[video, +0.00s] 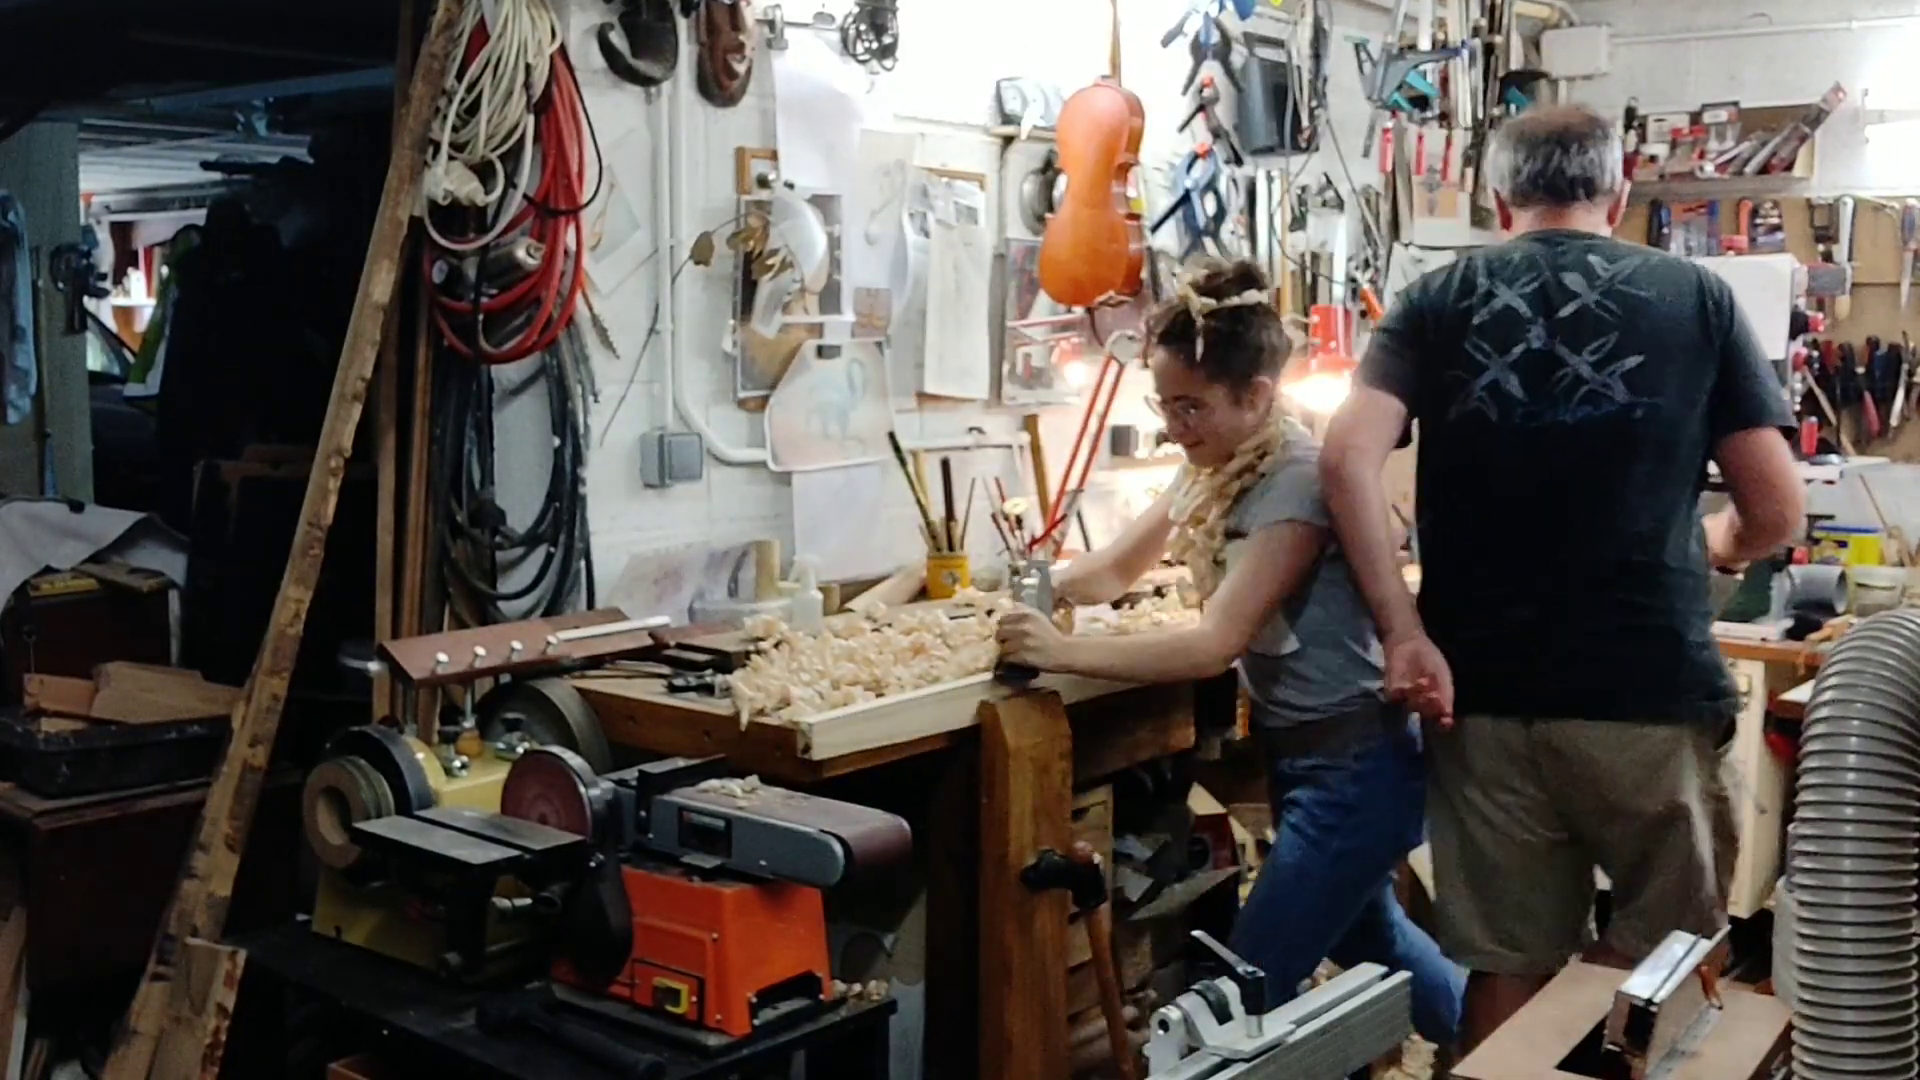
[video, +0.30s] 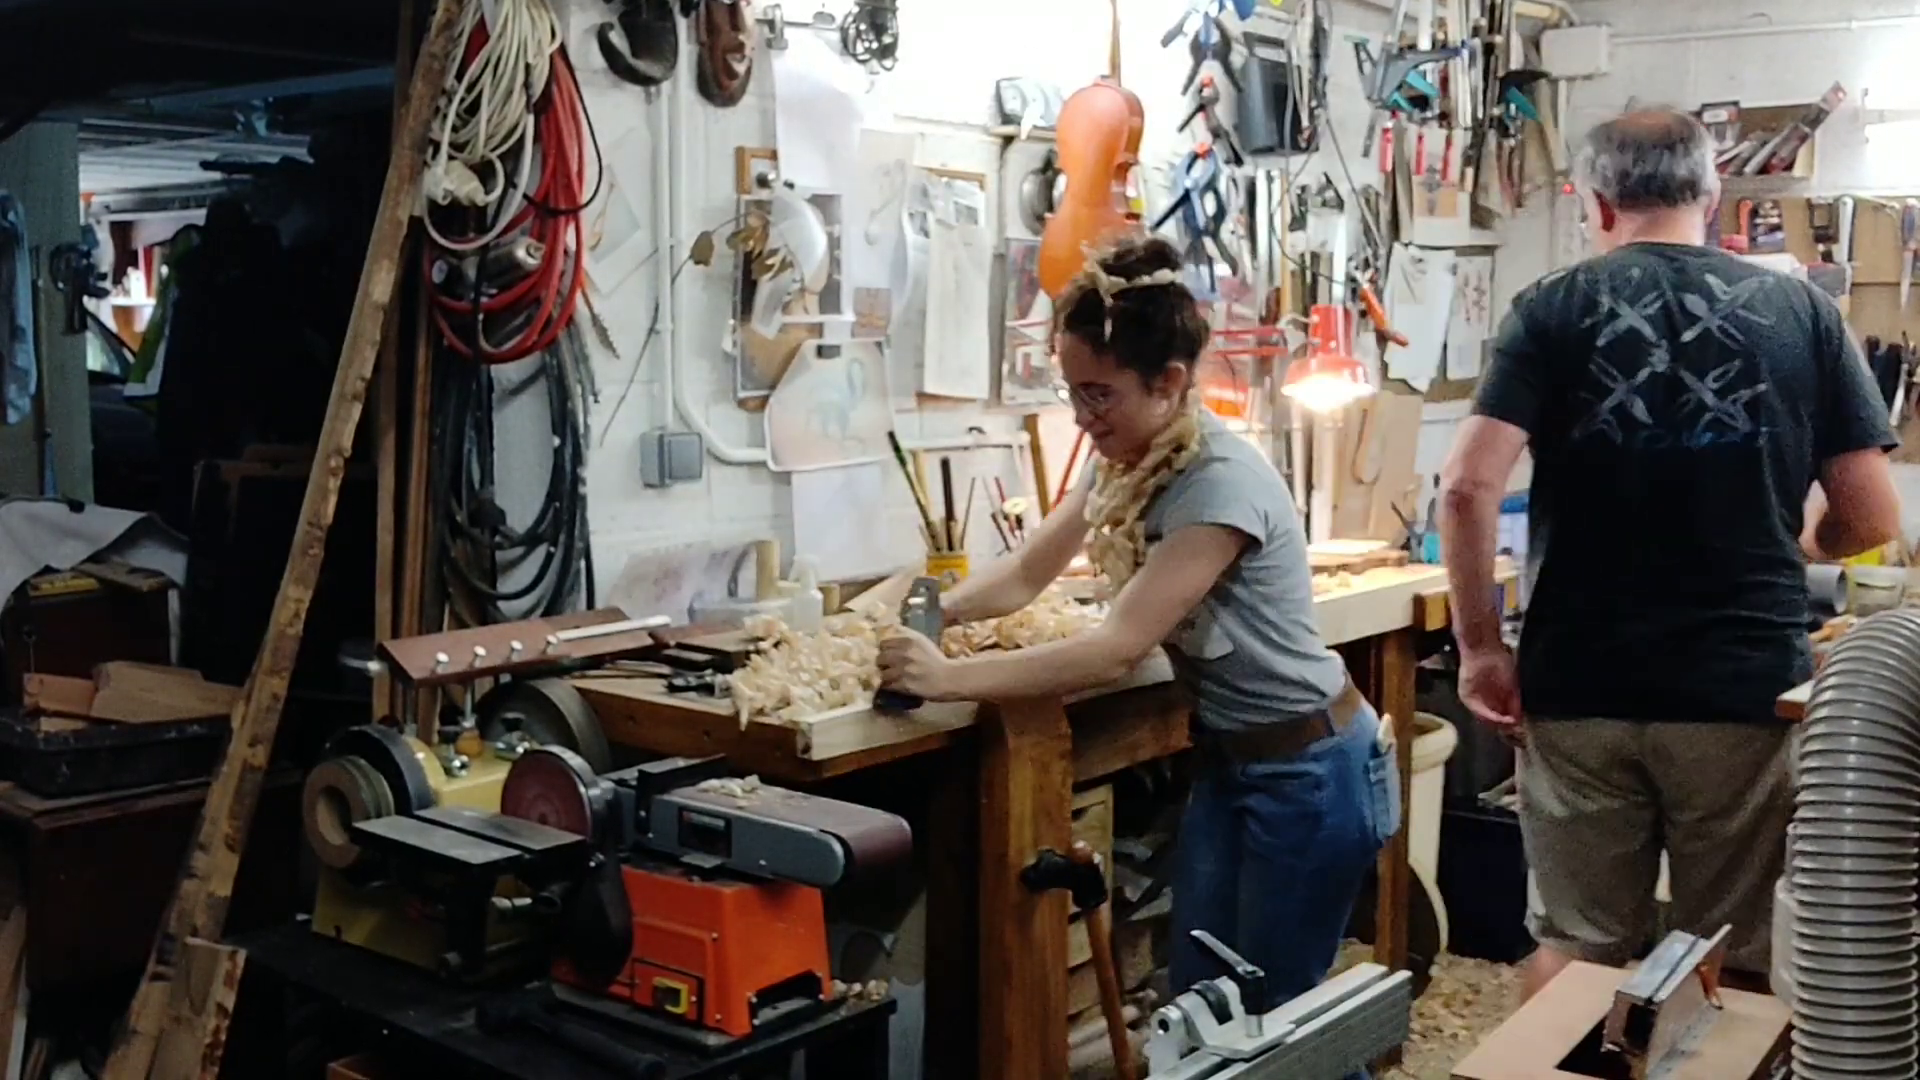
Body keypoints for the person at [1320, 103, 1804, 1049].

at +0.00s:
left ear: (1500, 203)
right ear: (1619, 196)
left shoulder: (1442, 295)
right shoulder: (1693, 296)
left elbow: (1347, 456)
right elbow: (1775, 514)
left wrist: (1399, 629)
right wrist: (1712, 543)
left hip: (1484, 687)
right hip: (1648, 689)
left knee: (1509, 969)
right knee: (1668, 962)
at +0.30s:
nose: (1585, 217)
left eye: (1585, 202)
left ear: (1597, 205)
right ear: (1712, 198)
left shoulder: (1553, 307)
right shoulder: (1800, 308)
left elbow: (1467, 488)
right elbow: (1870, 517)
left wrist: (1480, 644)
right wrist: (1792, 539)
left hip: (1577, 680)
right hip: (1738, 689)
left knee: (1572, 950)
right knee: (1727, 965)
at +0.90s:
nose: (1635, 240)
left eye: (1635, 218)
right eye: (1630, 221)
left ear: (1672, 213)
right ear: (1744, 204)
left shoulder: (1657, 319)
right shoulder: (1858, 311)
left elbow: (1601, 508)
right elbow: (1903, 472)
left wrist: (1600, 561)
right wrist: (1814, 485)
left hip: (1681, 634)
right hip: (1814, 632)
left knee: (1682, 862)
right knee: (1784, 845)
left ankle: (1717, 1057)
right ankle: (1801, 1041)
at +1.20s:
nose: (1631, 259)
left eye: (1634, 237)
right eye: (1627, 241)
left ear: (1688, 224)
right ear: (1723, 221)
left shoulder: (1718, 320)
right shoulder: (1824, 311)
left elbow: (1661, 495)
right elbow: (1802, 469)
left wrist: (1575, 523)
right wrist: (1656, 472)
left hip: (1722, 642)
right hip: (1813, 634)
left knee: (1672, 841)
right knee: (1768, 840)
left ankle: (1709, 1033)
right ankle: (1788, 1011)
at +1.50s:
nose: (1600, 270)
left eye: (1606, 248)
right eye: (1596, 251)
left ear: (1667, 230)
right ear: (1667, 234)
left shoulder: (1740, 324)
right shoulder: (1696, 318)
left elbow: (1699, 492)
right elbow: (1665, 457)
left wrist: (1558, 515)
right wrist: (1581, 481)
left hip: (1709, 628)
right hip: (1716, 620)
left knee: (1636, 810)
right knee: (1726, 808)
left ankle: (1632, 1009)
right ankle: (1778, 982)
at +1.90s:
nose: (1559, 303)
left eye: (1564, 284)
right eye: (1553, 286)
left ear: (1609, 264)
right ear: (1598, 267)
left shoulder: (1695, 343)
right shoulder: (1607, 346)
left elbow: (1666, 502)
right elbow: (1599, 465)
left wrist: (1563, 501)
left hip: (1709, 618)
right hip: (1648, 605)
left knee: (1640, 814)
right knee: (1623, 807)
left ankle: (1633, 994)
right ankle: (1637, 985)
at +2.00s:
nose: (1553, 328)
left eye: (1557, 314)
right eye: (1547, 316)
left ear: (1596, 292)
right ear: (1598, 287)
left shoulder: (1687, 355)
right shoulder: (1596, 353)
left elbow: (1666, 509)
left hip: (1704, 618)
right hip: (1632, 604)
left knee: (1634, 813)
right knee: (1603, 802)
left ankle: (1637, 990)